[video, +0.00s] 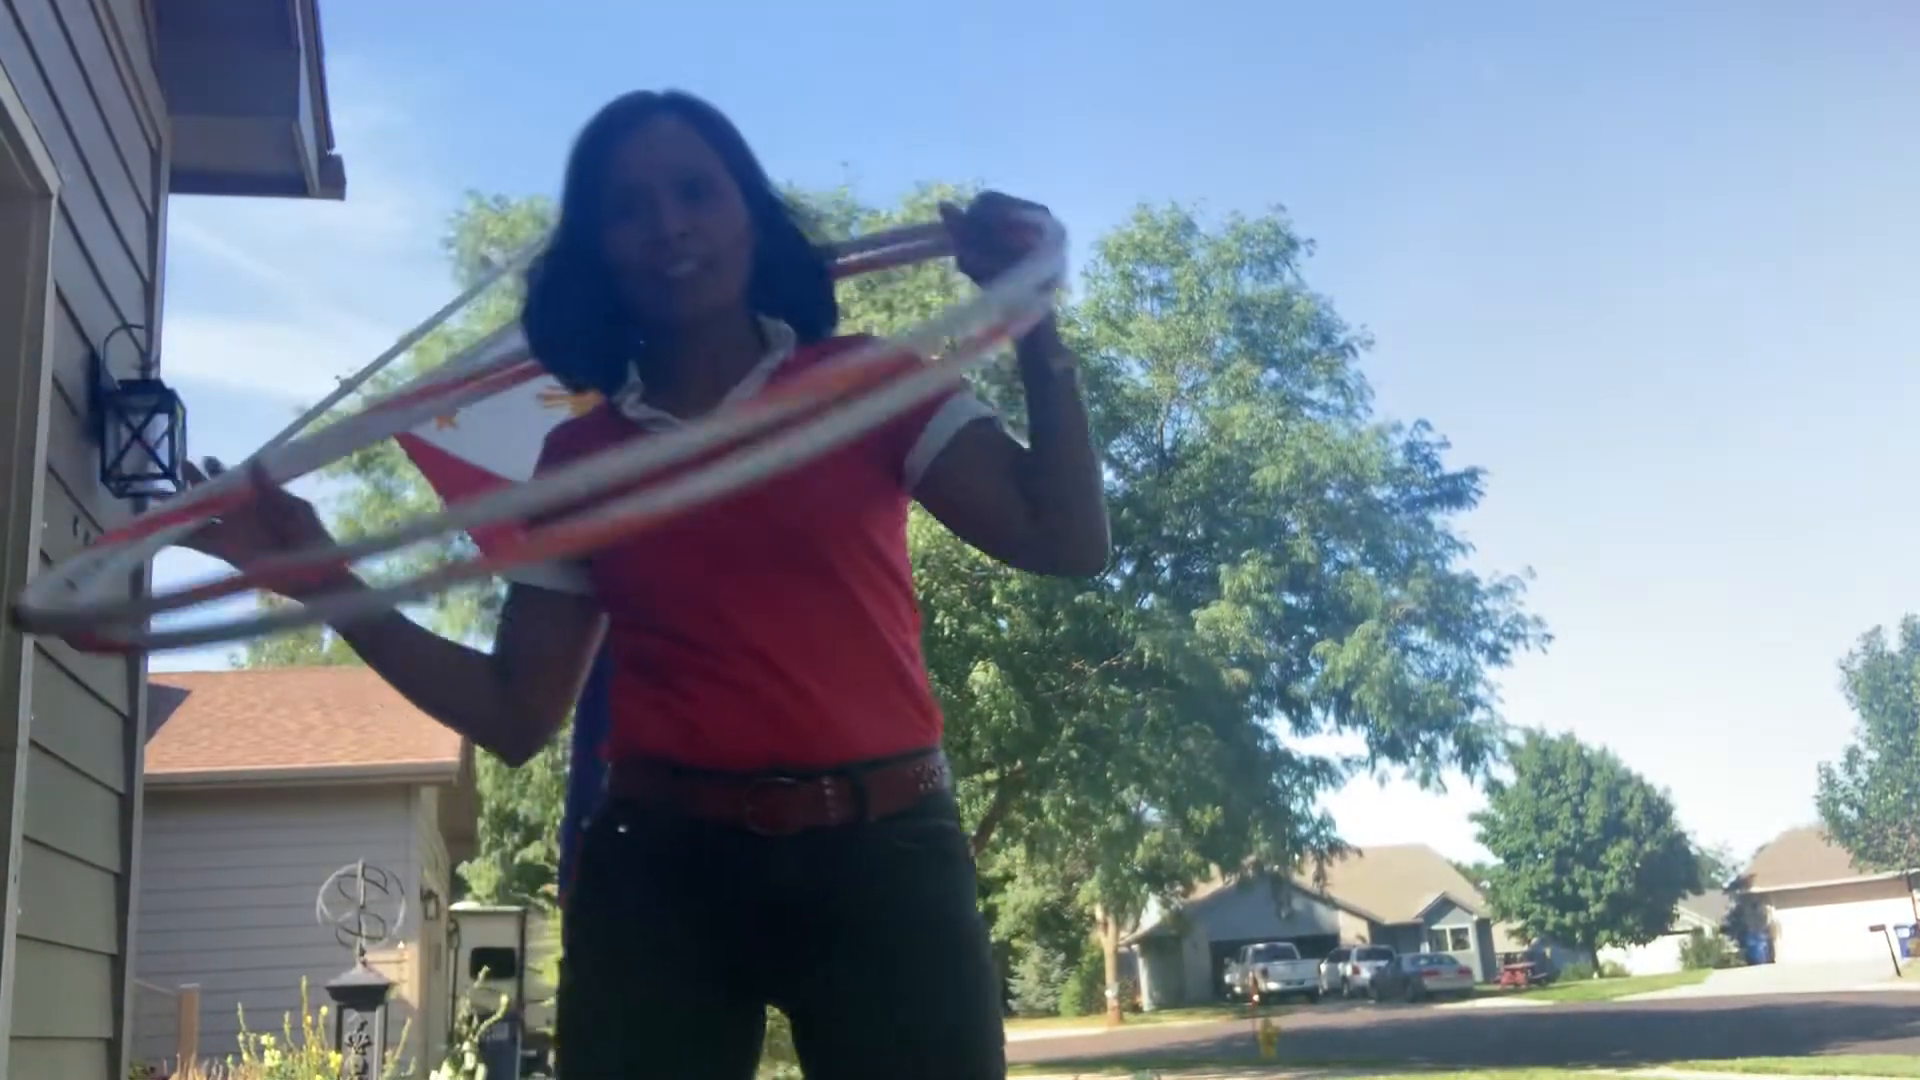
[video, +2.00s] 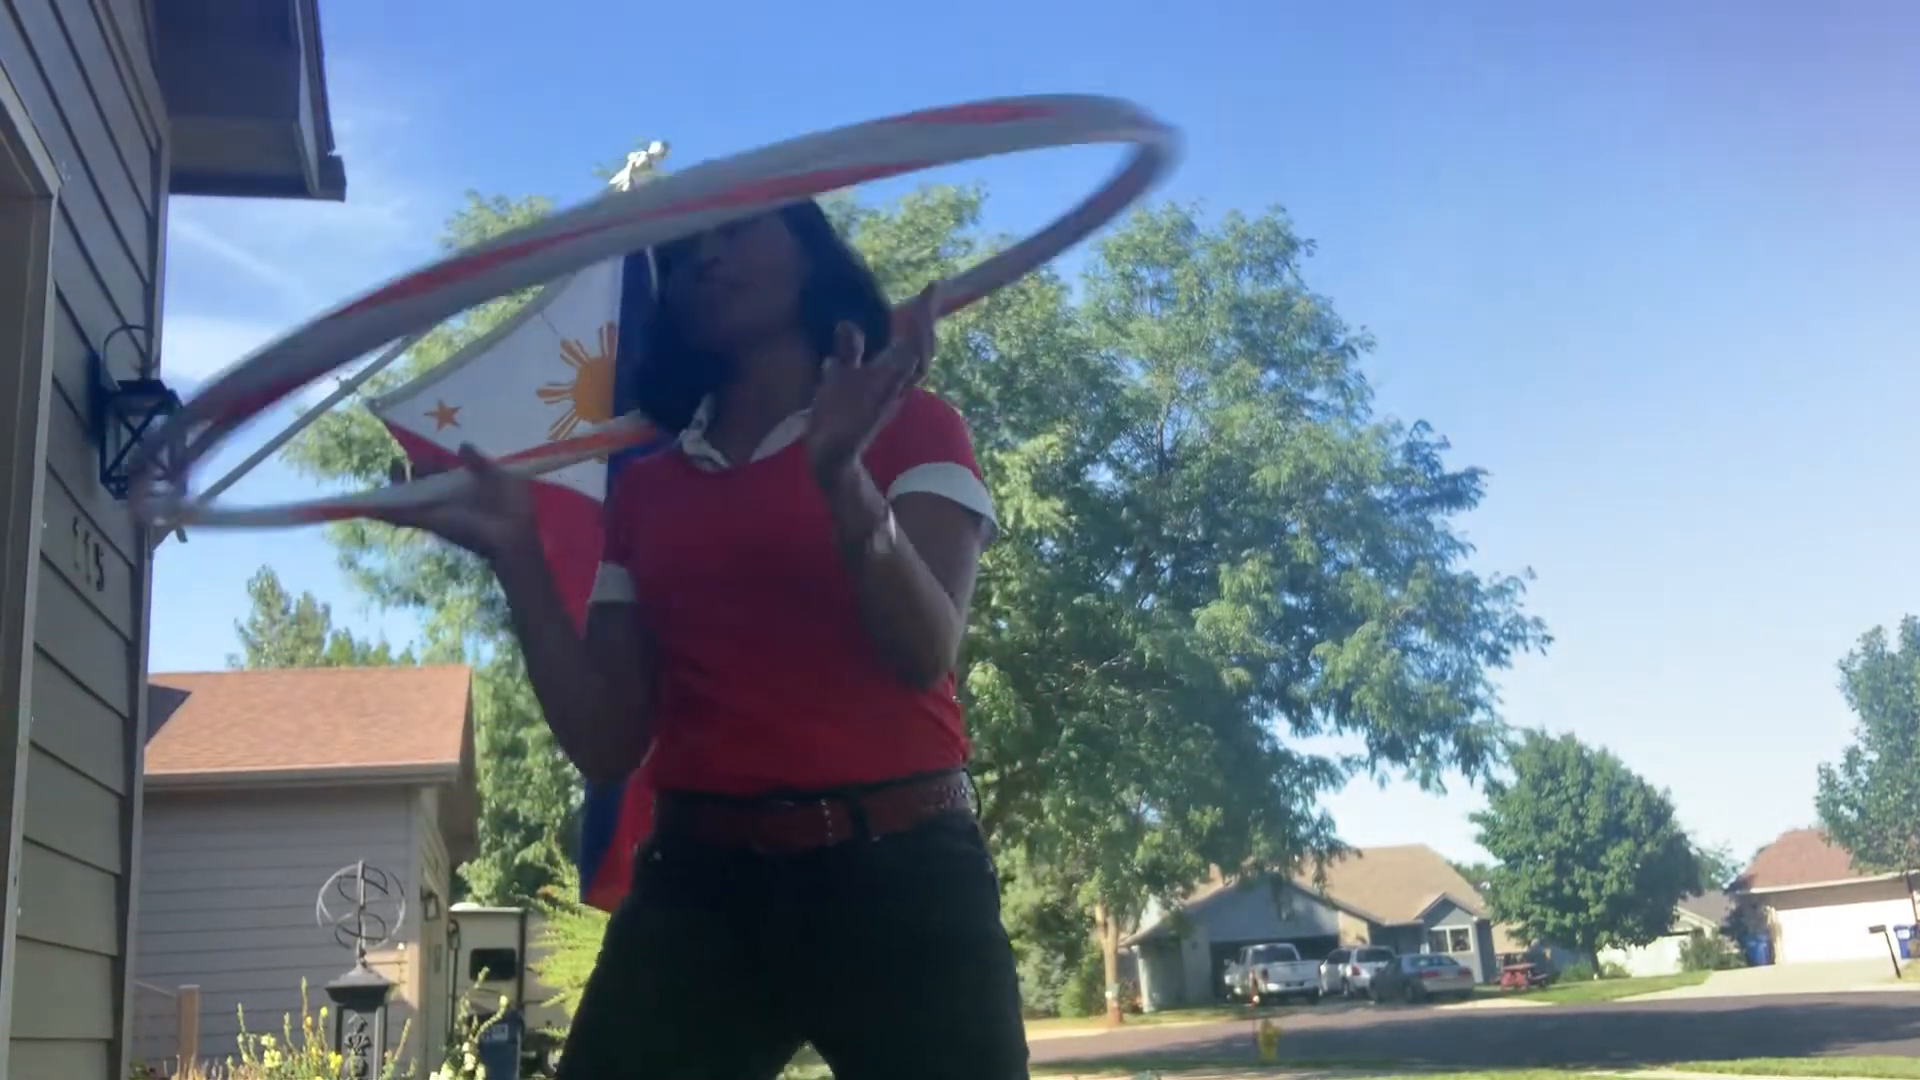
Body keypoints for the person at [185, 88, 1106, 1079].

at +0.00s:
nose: (669, 227)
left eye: (696, 191)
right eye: (627, 208)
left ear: (753, 214)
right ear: (596, 254)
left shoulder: (862, 380)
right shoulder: (588, 456)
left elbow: (1067, 537)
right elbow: (515, 713)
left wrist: (1033, 317)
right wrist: (326, 582)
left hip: (885, 848)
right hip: (660, 852)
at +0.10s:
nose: (726, 240)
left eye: (754, 206)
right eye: (687, 222)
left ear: (812, 230)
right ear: (654, 269)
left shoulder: (921, 399)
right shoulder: (640, 460)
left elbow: (1102, 600)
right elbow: (583, 720)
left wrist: (1093, 363)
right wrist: (418, 576)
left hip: (933, 863)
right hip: (713, 868)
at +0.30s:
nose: (837, 252)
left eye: (865, 218)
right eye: (802, 231)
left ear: (920, 242)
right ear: (768, 272)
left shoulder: (1016, 424)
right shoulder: (732, 455)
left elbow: (1152, 642)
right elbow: (677, 700)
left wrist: (1193, 442)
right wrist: (555, 553)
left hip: (998, 863)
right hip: (791, 874)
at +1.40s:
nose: (823, 248)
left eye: (855, 219)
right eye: (793, 230)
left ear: (920, 250)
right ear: (767, 278)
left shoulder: (1011, 419)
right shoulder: (742, 468)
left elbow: (1138, 645)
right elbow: (710, 723)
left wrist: (1111, 420)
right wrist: (584, 556)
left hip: (994, 862)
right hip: (794, 866)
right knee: (697, 1072)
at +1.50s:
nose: (778, 250)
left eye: (810, 220)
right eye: (750, 232)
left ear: (877, 249)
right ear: (726, 279)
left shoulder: (965, 408)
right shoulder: (711, 474)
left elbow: (1078, 632)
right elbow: (700, 731)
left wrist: (1018, 396)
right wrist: (565, 583)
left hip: (972, 860)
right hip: (771, 869)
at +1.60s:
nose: (711, 250)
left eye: (745, 219)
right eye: (685, 235)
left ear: (817, 251)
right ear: (662, 281)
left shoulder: (914, 406)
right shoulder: (657, 465)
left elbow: (995, 632)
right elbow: (659, 740)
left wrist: (902, 393)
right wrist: (511, 589)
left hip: (933, 861)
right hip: (734, 877)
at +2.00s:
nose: (704, 257)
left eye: (738, 228)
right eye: (681, 253)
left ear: (815, 257)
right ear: (667, 312)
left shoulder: (908, 424)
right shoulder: (645, 482)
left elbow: (928, 652)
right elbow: (606, 745)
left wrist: (842, 475)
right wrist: (517, 553)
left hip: (901, 869)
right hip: (699, 881)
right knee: (602, 1067)